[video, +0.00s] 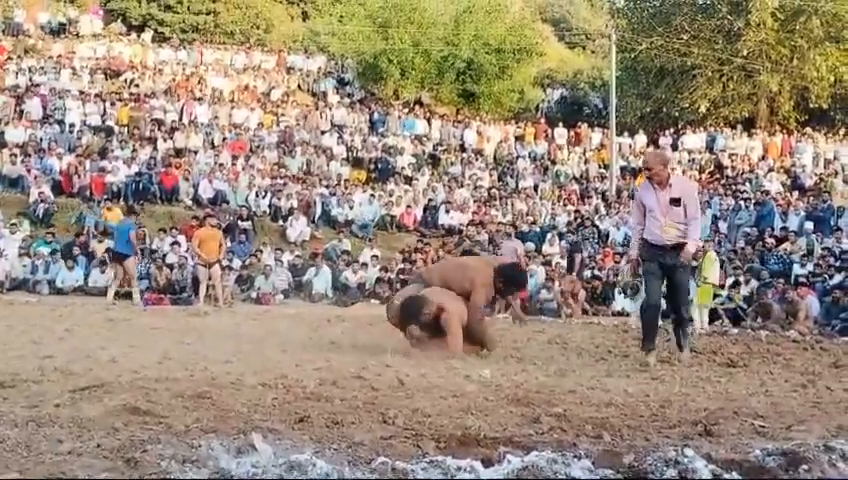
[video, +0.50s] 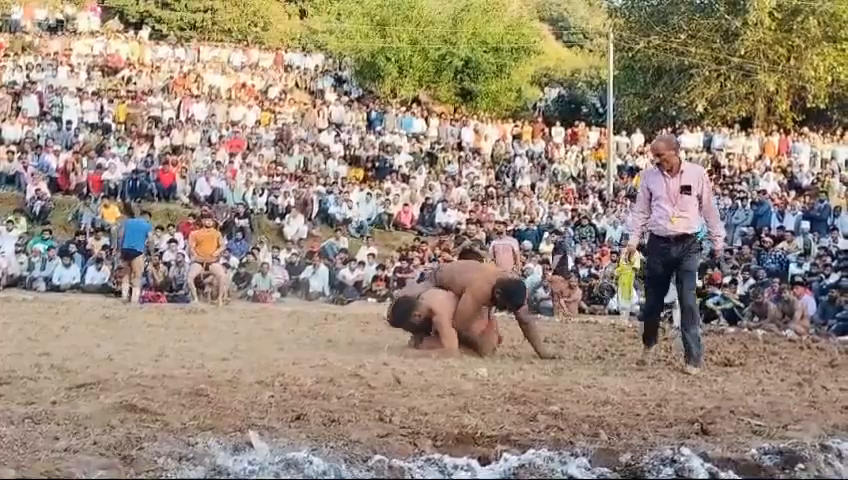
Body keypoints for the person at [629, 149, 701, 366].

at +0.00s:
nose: (649, 176)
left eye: (653, 172)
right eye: (647, 172)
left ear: (666, 168)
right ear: (646, 171)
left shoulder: (686, 187)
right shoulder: (642, 190)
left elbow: (694, 220)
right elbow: (637, 224)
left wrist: (691, 246)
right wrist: (634, 250)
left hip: (678, 249)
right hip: (651, 249)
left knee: (680, 305)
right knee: (652, 301)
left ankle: (683, 347)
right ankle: (648, 349)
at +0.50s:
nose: (659, 163)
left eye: (662, 157)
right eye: (656, 158)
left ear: (676, 153)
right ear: (654, 157)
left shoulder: (697, 174)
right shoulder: (649, 176)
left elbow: (709, 209)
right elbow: (640, 211)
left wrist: (718, 240)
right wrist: (633, 241)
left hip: (687, 244)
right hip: (658, 244)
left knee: (687, 302)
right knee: (653, 302)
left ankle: (693, 359)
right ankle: (649, 343)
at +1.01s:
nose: (637, 151)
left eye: (640, 145)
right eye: (634, 146)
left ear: (655, 140)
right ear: (633, 144)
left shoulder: (676, 160)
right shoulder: (634, 165)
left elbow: (684, 199)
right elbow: (633, 200)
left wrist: (670, 223)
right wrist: (631, 228)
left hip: (669, 235)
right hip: (639, 235)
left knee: (675, 299)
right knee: (640, 297)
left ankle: (683, 356)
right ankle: (642, 356)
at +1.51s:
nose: (589, 137)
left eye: (592, 131)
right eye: (588, 132)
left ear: (608, 124)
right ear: (602, 126)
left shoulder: (638, 146)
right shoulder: (599, 149)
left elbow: (657, 187)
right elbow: (598, 192)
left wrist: (668, 229)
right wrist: (585, 220)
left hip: (631, 223)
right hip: (605, 224)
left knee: (619, 290)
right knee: (615, 290)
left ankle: (613, 359)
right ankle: (635, 352)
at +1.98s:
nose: (551, 126)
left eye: (551, 119)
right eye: (549, 120)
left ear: (565, 111)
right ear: (565, 111)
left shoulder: (594, 135)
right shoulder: (572, 140)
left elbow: (590, 178)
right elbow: (571, 183)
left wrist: (563, 210)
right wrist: (559, 214)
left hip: (590, 217)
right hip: (570, 218)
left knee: (598, 291)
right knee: (548, 284)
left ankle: (615, 359)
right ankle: (540, 351)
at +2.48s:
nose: (485, 122)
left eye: (486, 116)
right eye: (485, 117)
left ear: (496, 110)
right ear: (504, 109)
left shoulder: (516, 134)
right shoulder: (518, 132)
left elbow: (525, 180)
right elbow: (521, 180)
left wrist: (518, 222)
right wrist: (505, 216)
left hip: (521, 215)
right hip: (529, 213)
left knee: (483, 280)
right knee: (516, 283)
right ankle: (520, 346)